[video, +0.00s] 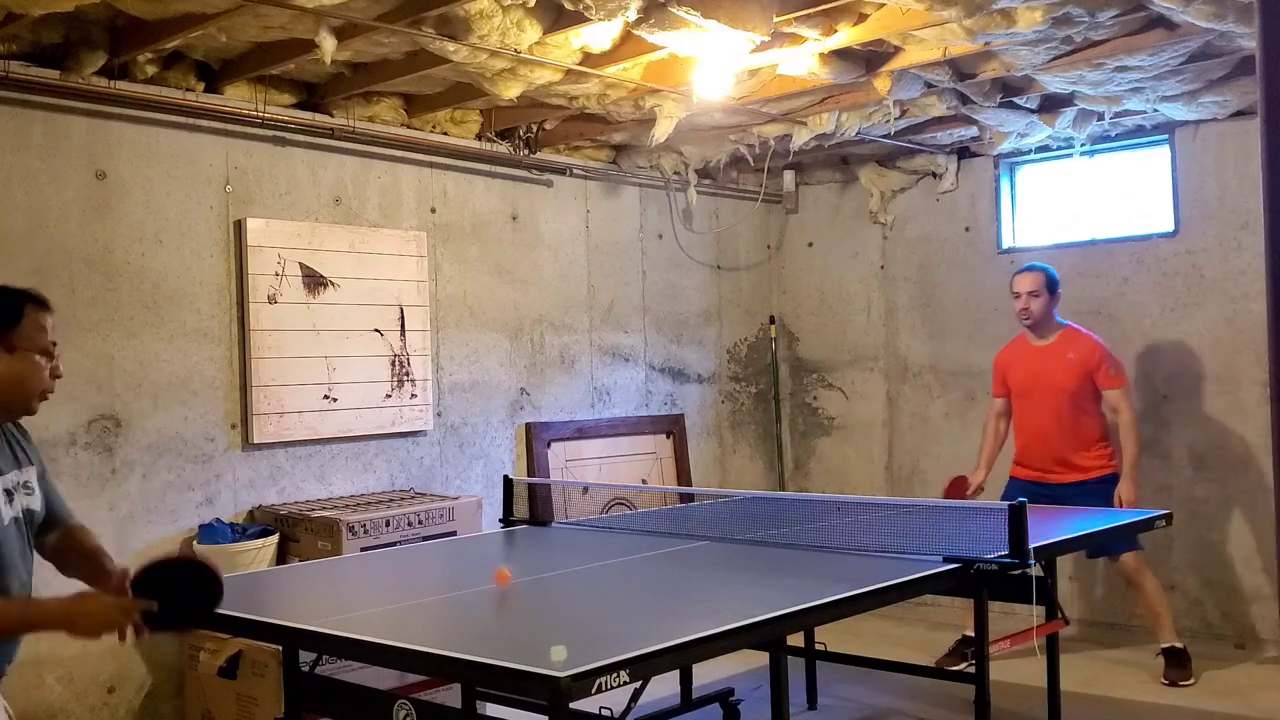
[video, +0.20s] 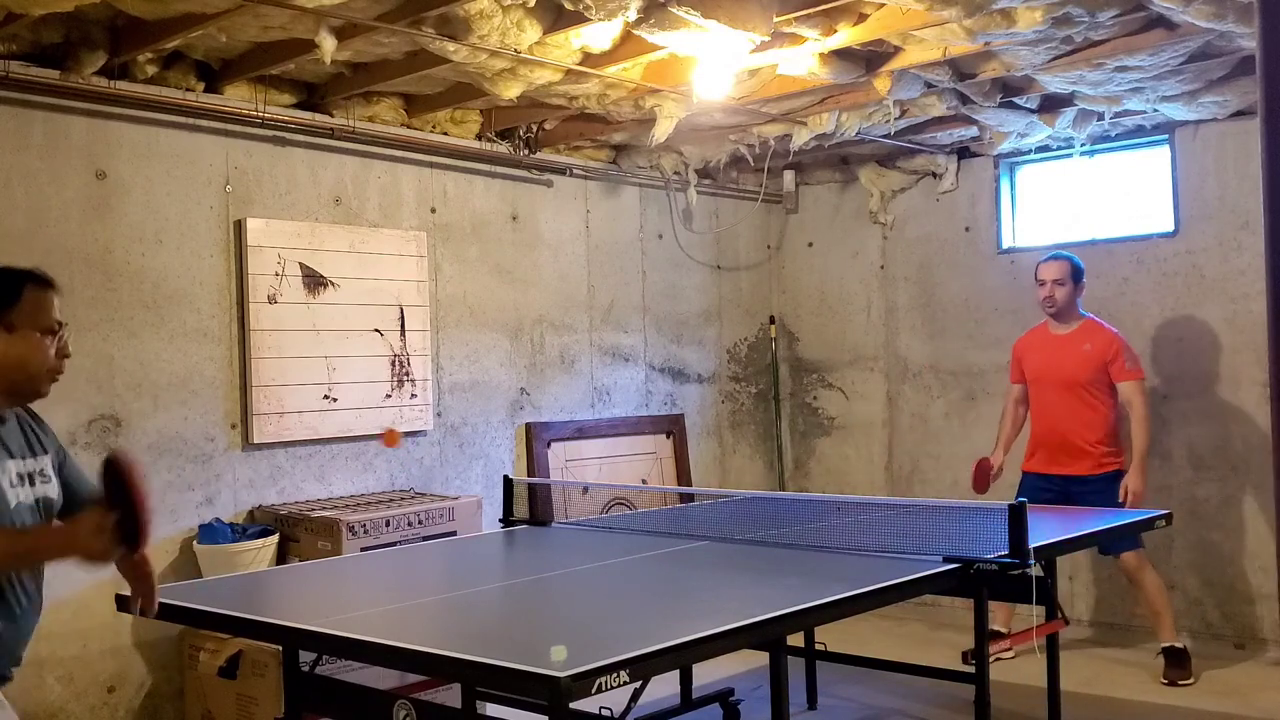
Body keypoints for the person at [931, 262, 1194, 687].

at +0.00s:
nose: (1023, 304)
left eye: (1032, 295)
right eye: (1016, 296)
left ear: (1053, 298)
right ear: (1012, 301)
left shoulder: (1090, 349)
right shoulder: (1008, 358)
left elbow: (1123, 411)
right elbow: (999, 417)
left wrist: (1128, 477)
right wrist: (981, 472)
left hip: (1090, 484)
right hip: (1027, 483)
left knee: (1132, 564)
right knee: (984, 554)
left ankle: (1172, 647)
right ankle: (972, 639)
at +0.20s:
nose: (1047, 291)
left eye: (1057, 283)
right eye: (1041, 284)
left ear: (1077, 288)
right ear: (1036, 289)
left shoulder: (1107, 341)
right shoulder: (1026, 345)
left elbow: (1137, 406)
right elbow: (1016, 404)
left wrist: (1137, 470)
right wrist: (1000, 450)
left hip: (1099, 478)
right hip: (1040, 477)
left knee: (1131, 561)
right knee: (1006, 549)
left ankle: (1173, 646)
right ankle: (998, 634)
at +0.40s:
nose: (1045, 290)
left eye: (1056, 282)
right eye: (1039, 283)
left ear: (1075, 287)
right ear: (1033, 288)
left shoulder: (1102, 342)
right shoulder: (1020, 342)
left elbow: (1129, 408)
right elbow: (1004, 396)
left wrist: (1138, 471)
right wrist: (986, 438)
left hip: (1093, 478)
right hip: (1031, 477)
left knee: (1128, 558)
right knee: (1002, 554)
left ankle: (1171, 646)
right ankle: (996, 638)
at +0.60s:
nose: (1022, 300)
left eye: (1032, 291)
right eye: (1017, 293)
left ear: (1053, 295)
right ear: (1013, 298)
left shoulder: (1086, 348)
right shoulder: (1006, 349)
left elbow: (1118, 410)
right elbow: (991, 398)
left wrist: (1133, 473)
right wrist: (969, 426)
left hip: (1084, 480)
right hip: (1022, 479)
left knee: (1123, 558)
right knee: (993, 552)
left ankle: (1170, 645)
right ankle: (999, 636)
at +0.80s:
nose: (986, 306)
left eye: (992, 297)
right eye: (983, 299)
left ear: (1019, 293)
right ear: (995, 299)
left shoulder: (1067, 333)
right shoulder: (1000, 345)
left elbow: (1106, 391)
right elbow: (1009, 403)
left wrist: (1127, 452)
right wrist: (972, 438)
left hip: (1078, 470)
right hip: (1022, 474)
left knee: (1108, 552)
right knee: (994, 551)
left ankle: (1162, 637)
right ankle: (998, 636)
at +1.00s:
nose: (998, 319)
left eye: (998, 309)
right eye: (996, 311)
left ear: (1016, 303)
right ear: (1020, 302)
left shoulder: (1075, 339)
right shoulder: (1028, 346)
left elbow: (1112, 395)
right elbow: (1033, 405)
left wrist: (1130, 453)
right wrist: (986, 436)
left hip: (1089, 475)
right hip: (1039, 475)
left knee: (1111, 561)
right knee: (1005, 549)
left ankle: (1170, 639)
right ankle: (998, 637)